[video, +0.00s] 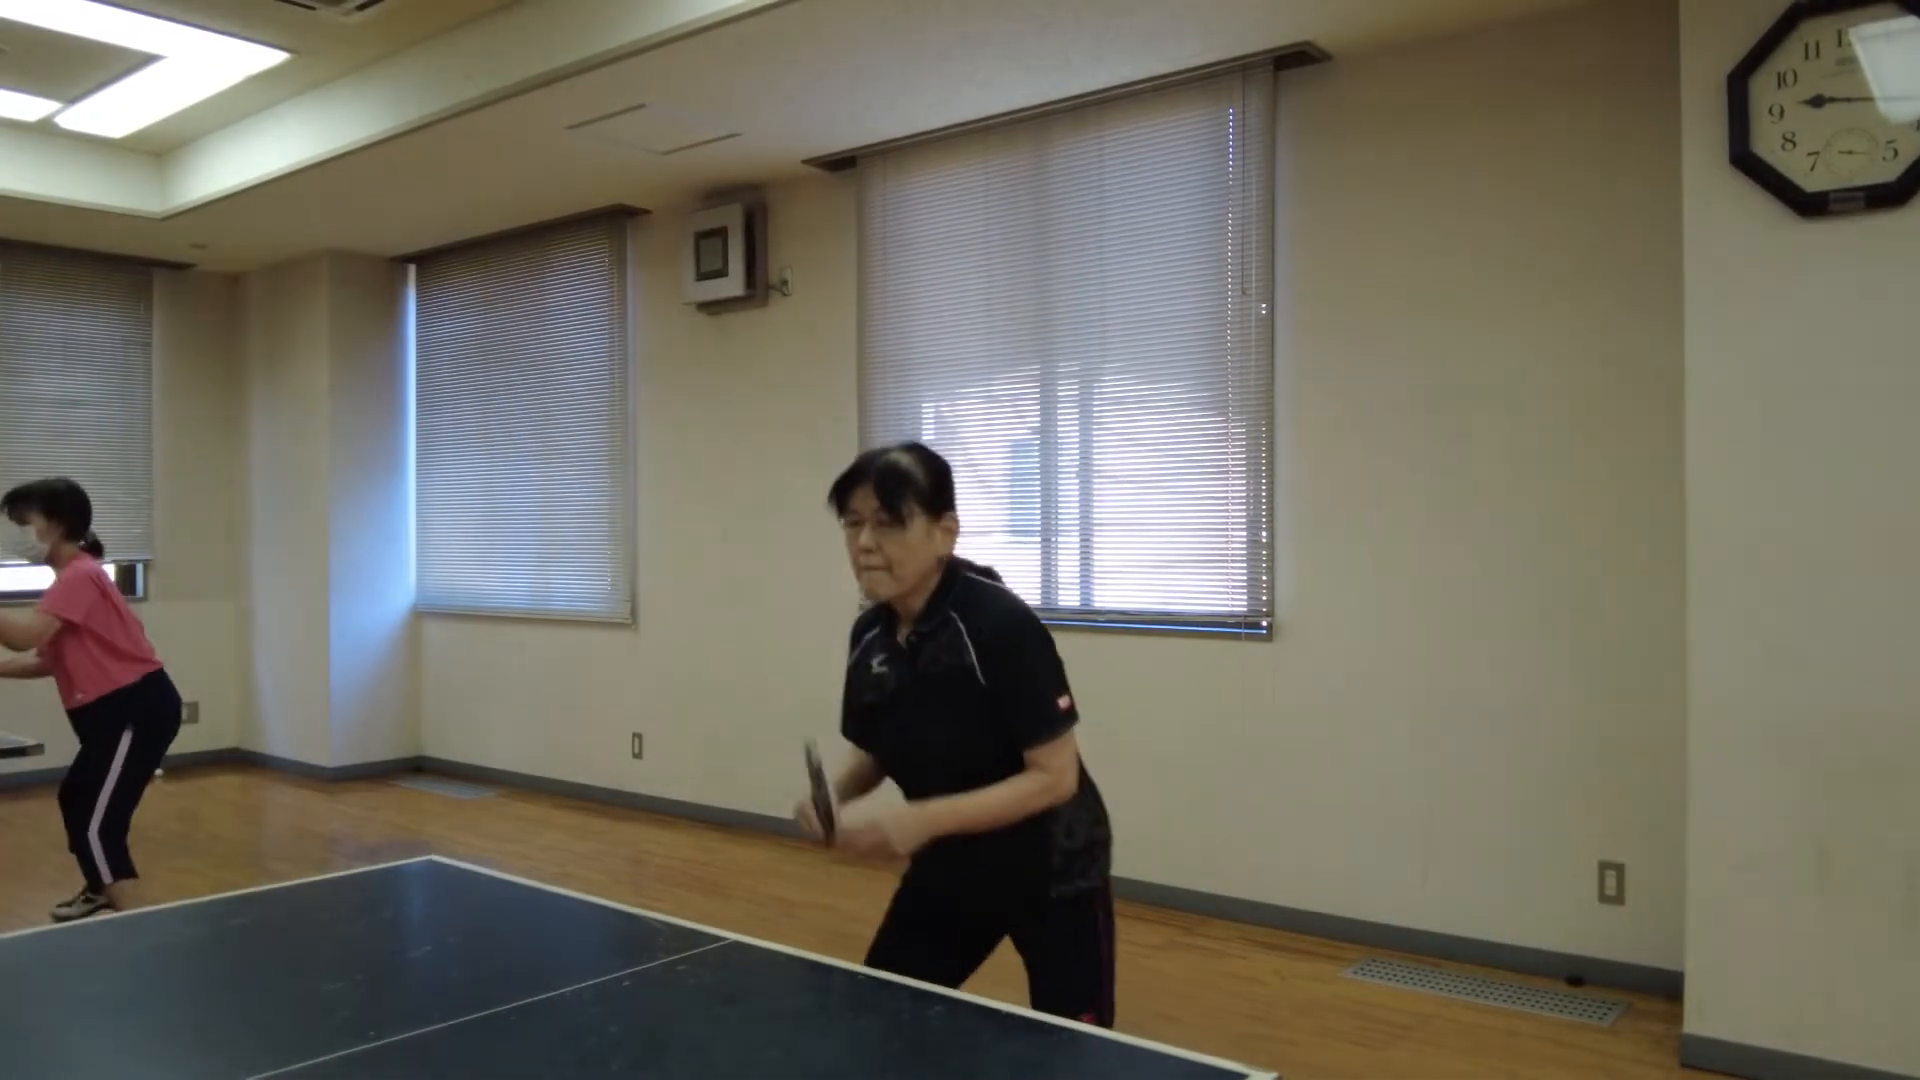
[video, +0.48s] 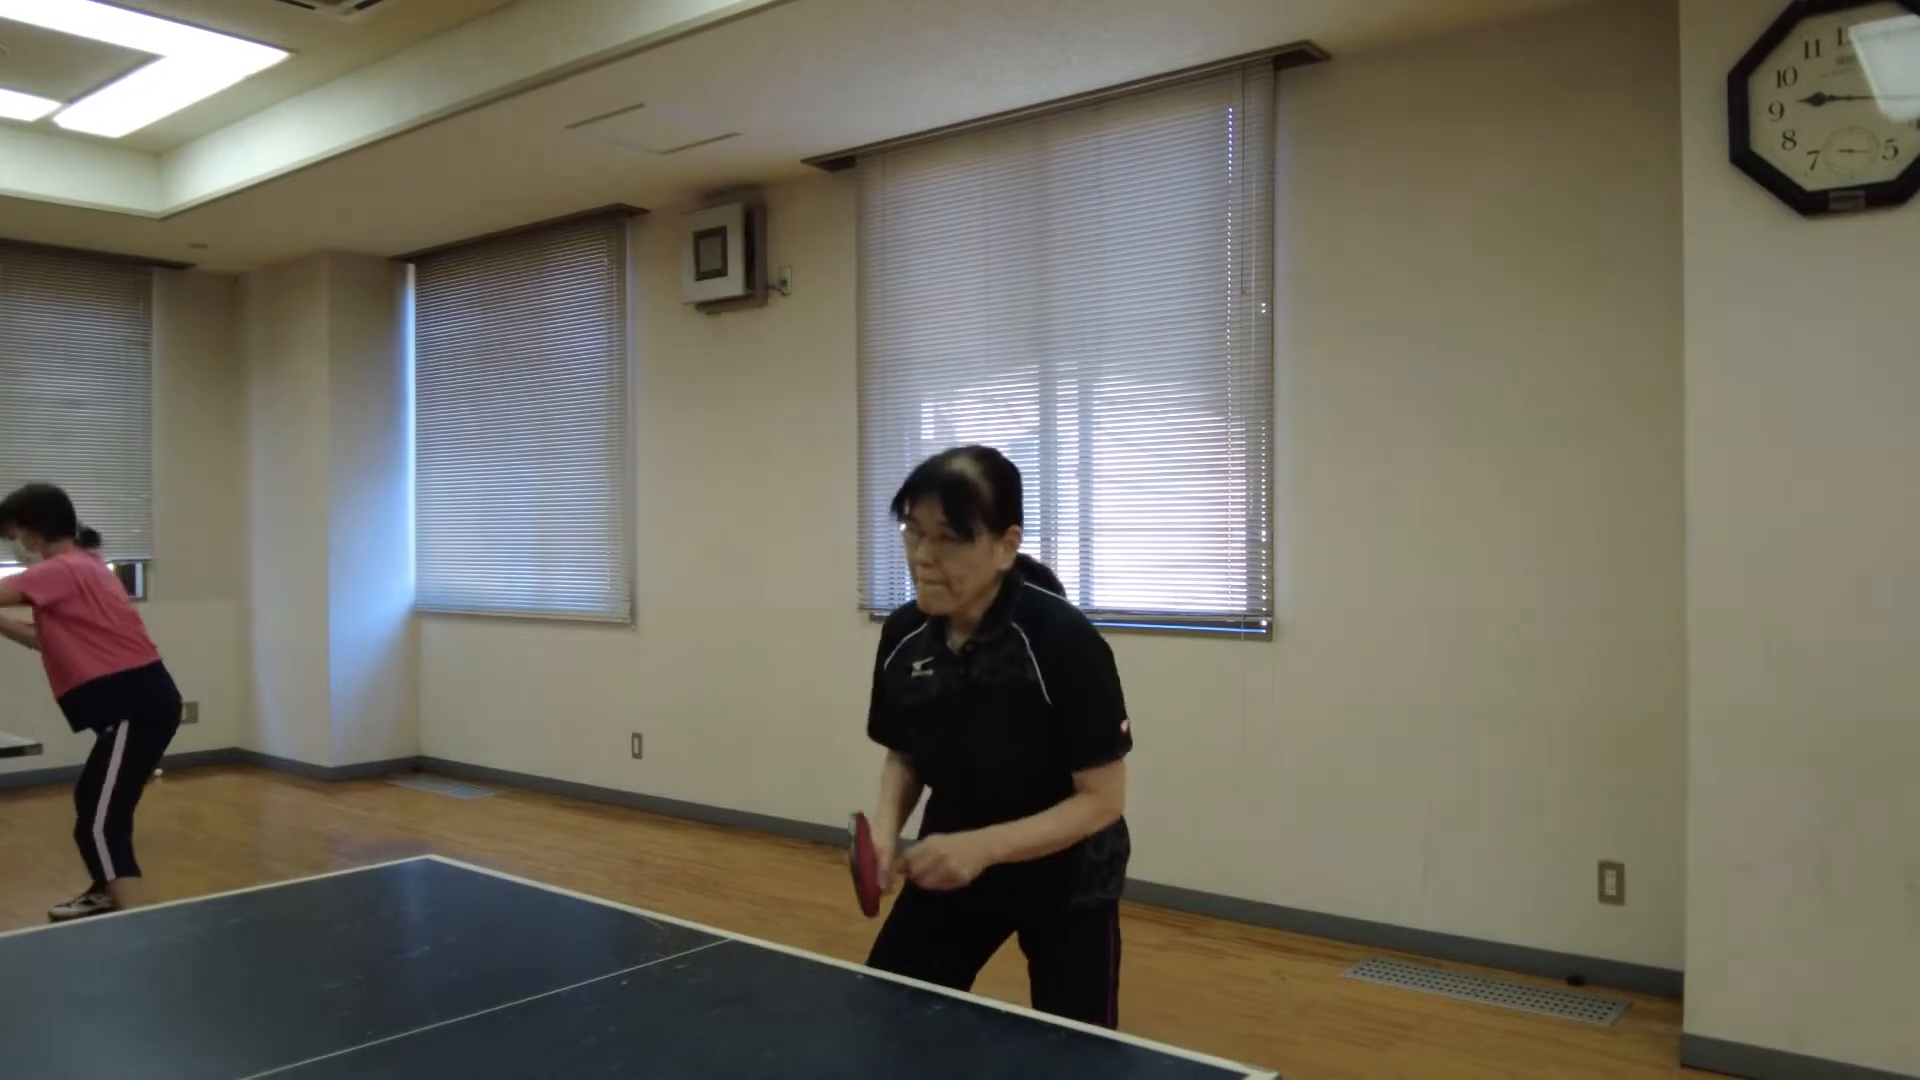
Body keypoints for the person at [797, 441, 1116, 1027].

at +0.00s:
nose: (864, 544)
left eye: (887, 524)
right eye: (854, 525)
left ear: (945, 531)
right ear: (842, 532)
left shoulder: (1000, 623)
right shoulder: (872, 632)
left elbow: (1058, 777)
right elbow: (882, 745)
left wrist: (922, 820)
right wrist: (833, 794)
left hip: (1055, 860)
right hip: (958, 858)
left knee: (1075, 1049)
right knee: (876, 1013)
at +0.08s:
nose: (872, 557)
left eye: (897, 537)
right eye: (864, 537)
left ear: (958, 542)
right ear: (854, 539)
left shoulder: (1014, 633)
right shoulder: (886, 642)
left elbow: (1077, 790)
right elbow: (897, 756)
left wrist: (944, 854)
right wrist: (854, 823)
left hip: (1075, 863)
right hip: (974, 863)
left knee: (1087, 1050)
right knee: (896, 1018)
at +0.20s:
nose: (888, 561)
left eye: (912, 541)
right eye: (880, 540)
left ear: (975, 544)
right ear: (870, 539)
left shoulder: (1038, 631)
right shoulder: (900, 640)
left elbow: (1111, 782)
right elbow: (920, 754)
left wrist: (986, 860)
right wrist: (895, 847)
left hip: (1089, 855)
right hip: (981, 859)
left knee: (1101, 1048)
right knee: (914, 1021)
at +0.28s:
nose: (900, 558)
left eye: (925, 540)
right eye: (893, 536)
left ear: (987, 546)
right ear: (883, 532)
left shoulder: (1051, 631)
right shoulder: (905, 633)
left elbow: (1125, 776)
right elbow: (929, 744)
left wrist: (1005, 857)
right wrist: (909, 839)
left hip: (1091, 852)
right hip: (981, 854)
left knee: (1097, 1049)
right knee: (915, 1021)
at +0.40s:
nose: (918, 557)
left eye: (945, 540)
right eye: (910, 534)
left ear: (1004, 547)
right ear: (898, 530)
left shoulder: (1061, 637)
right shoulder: (907, 633)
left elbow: (1121, 790)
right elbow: (922, 745)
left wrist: (999, 854)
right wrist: (899, 832)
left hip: (1079, 865)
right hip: (967, 862)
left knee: (1082, 1053)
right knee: (892, 1015)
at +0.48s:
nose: (922, 557)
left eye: (950, 540)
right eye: (914, 534)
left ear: (1006, 546)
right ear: (903, 531)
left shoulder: (1064, 641)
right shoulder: (906, 634)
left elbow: (1105, 802)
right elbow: (906, 753)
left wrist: (982, 846)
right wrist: (885, 827)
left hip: (1067, 869)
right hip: (955, 864)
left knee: (1075, 1053)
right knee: (880, 1011)